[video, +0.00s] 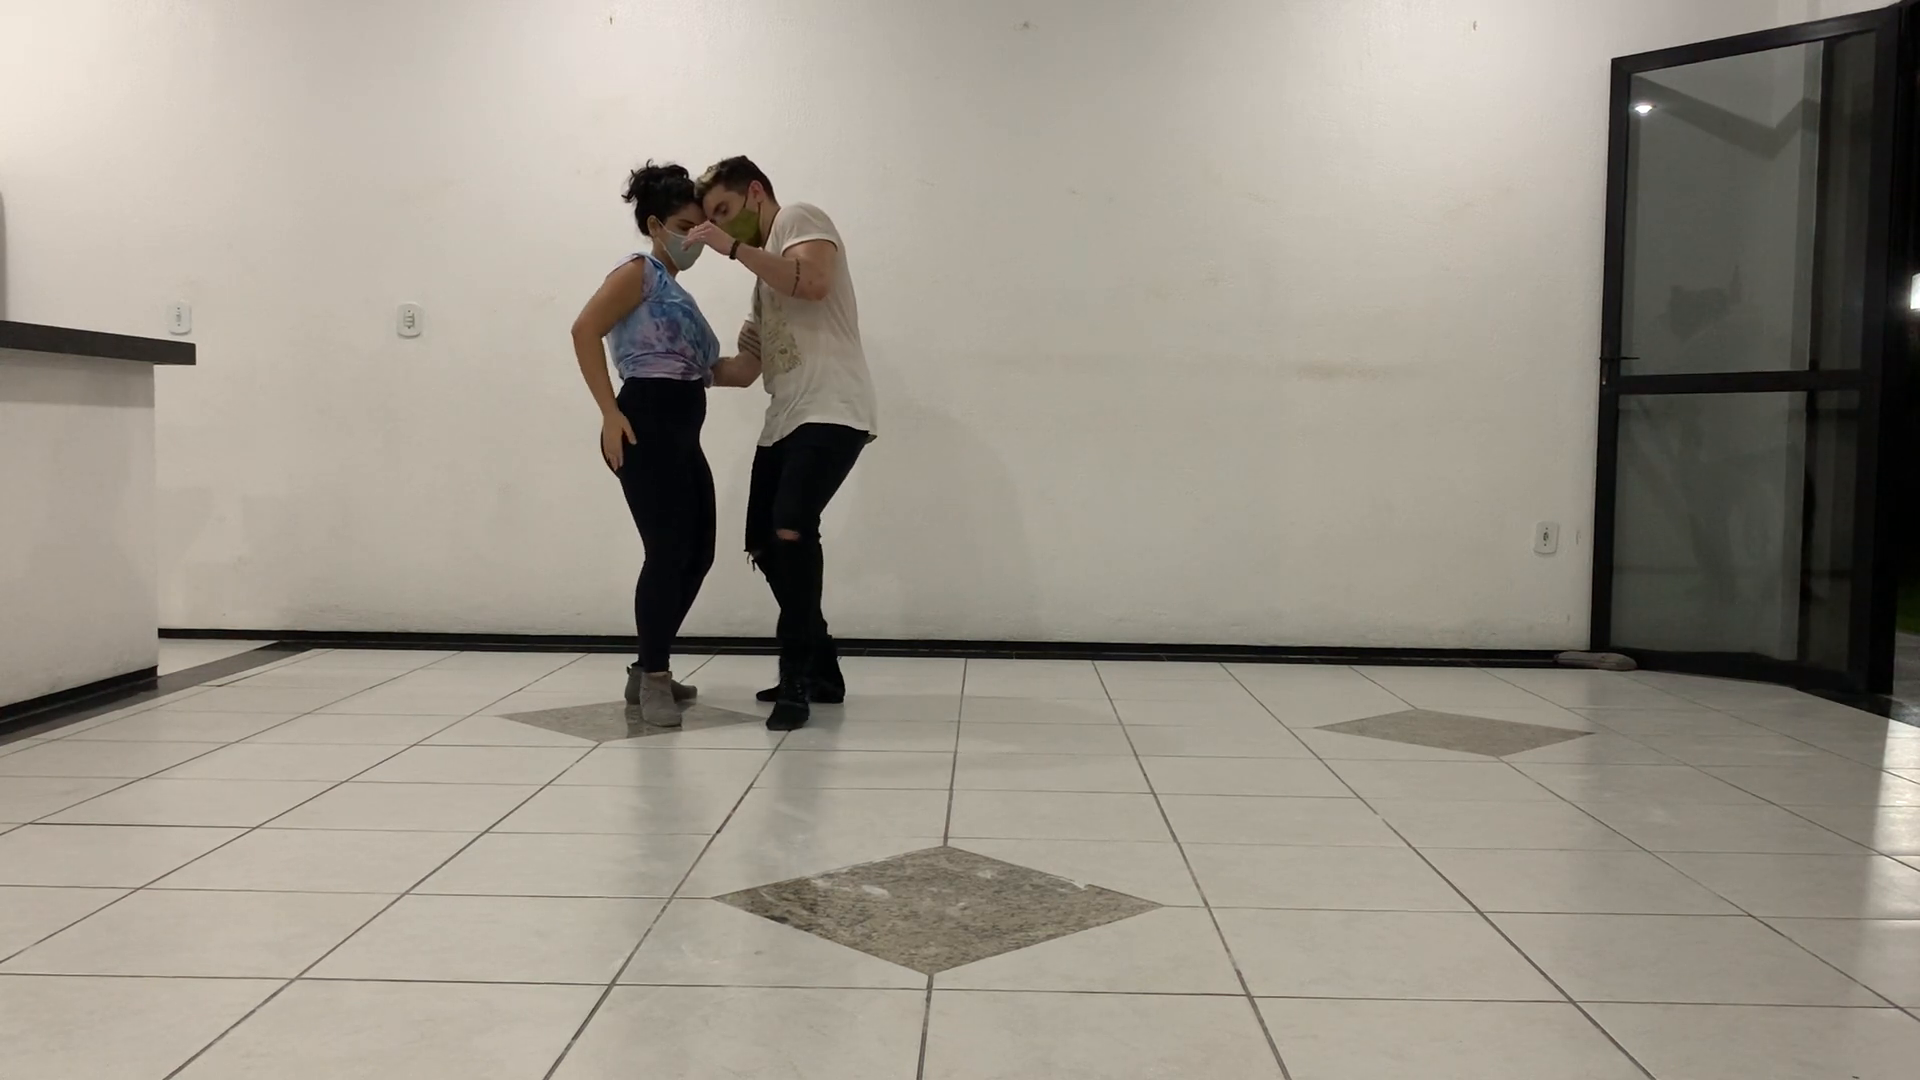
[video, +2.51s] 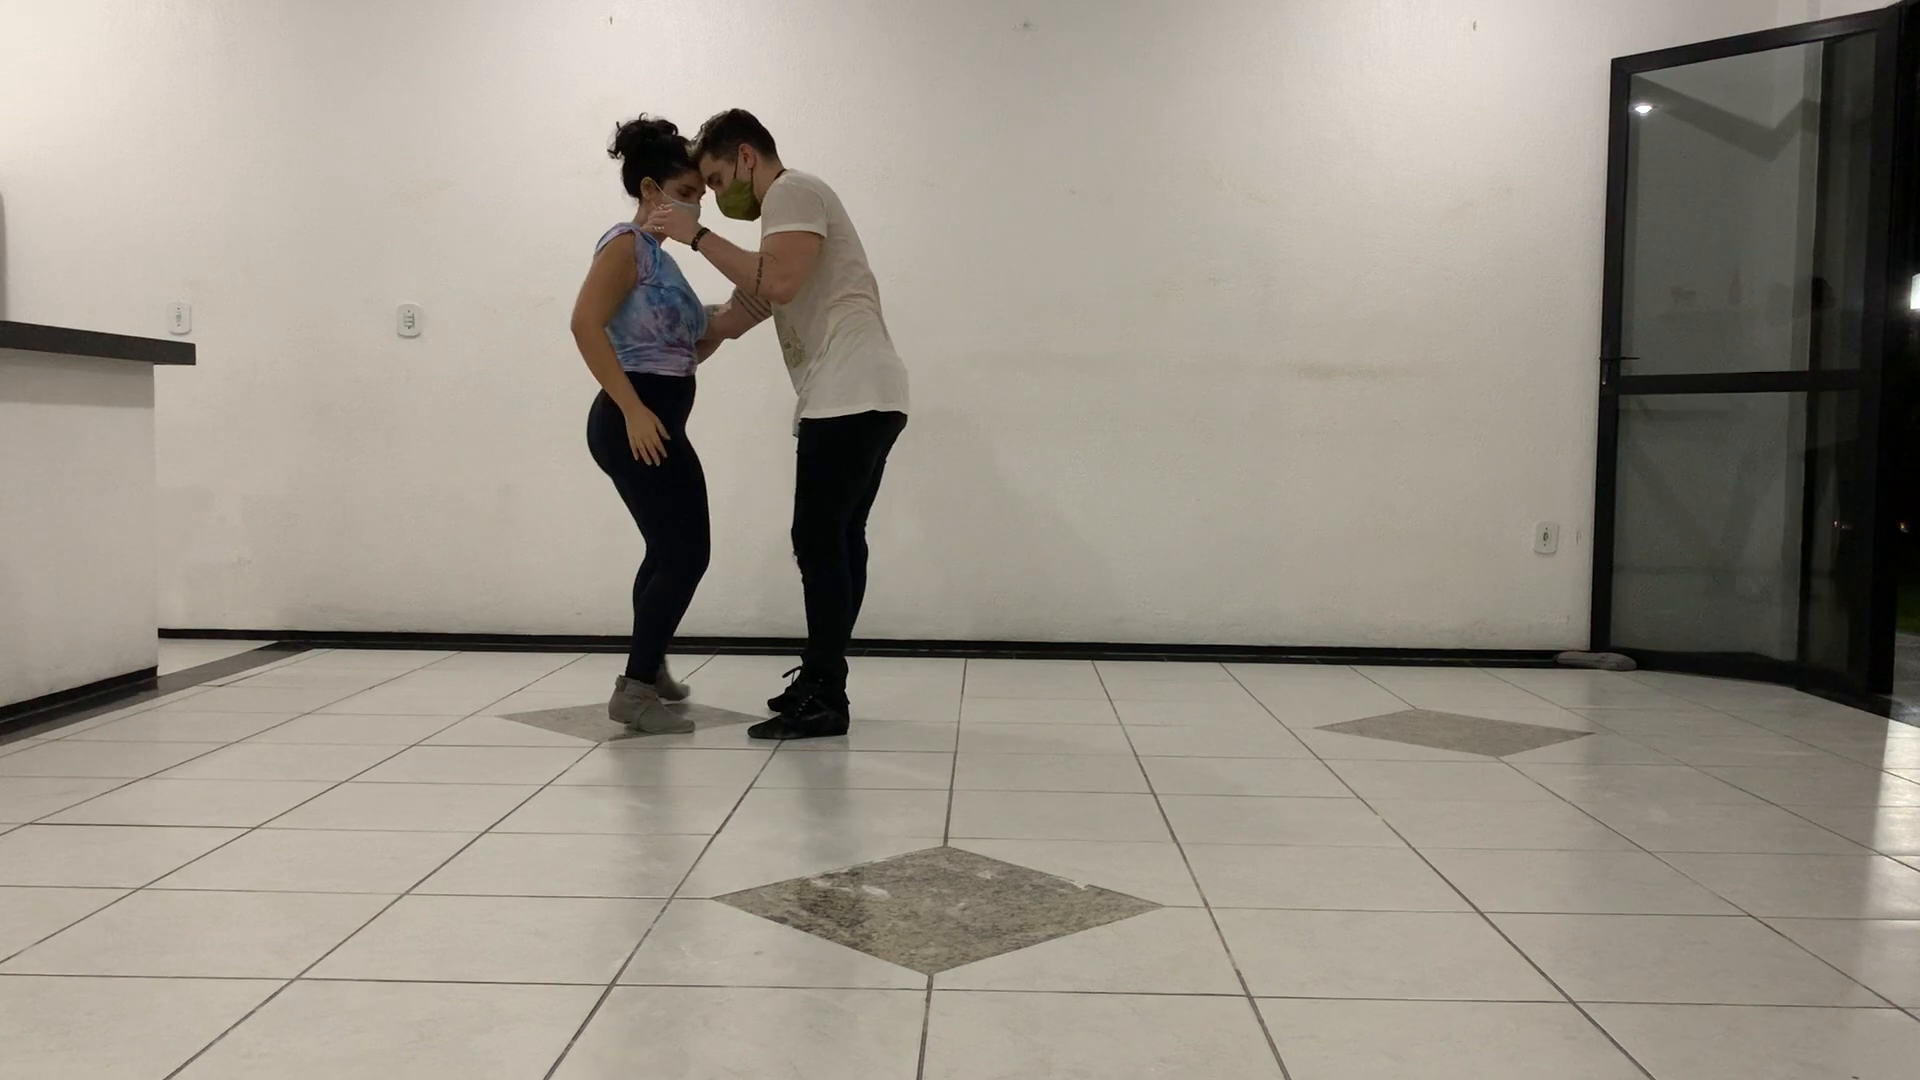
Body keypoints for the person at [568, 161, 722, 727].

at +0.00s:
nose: (696, 237)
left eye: (700, 225)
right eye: (685, 225)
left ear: (697, 227)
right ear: (654, 226)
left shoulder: (671, 289)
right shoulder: (638, 273)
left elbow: (701, 370)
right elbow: (584, 331)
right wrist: (610, 411)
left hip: (680, 428)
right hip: (648, 426)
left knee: (698, 551)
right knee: (669, 550)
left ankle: (652, 668)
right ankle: (651, 678)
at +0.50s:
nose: (695, 238)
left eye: (700, 227)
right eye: (683, 228)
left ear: (705, 229)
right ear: (655, 230)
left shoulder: (675, 298)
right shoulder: (645, 270)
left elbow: (733, 373)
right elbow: (577, 287)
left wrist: (757, 354)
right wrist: (624, 357)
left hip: (670, 427)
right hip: (643, 424)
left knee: (693, 551)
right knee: (656, 550)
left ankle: (649, 667)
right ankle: (627, 678)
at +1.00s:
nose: (700, 237)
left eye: (704, 226)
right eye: (691, 224)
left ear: (700, 230)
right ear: (658, 220)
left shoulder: (680, 296)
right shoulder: (638, 265)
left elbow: (720, 371)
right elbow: (580, 296)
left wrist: (758, 348)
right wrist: (631, 247)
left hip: (671, 426)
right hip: (641, 422)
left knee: (688, 552)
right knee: (669, 551)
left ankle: (652, 670)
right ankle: (645, 679)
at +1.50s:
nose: (702, 233)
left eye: (706, 223)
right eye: (692, 222)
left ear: (705, 226)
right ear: (665, 223)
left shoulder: (679, 287)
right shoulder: (640, 266)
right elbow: (617, 332)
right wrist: (620, 263)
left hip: (670, 426)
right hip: (643, 422)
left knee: (684, 549)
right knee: (672, 550)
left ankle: (652, 670)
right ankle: (648, 679)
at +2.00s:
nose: (712, 219)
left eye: (716, 206)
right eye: (698, 206)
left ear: (718, 203)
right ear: (666, 207)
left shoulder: (699, 274)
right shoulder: (646, 272)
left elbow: (705, 346)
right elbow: (622, 358)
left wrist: (748, 330)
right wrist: (606, 343)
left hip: (680, 423)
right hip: (645, 421)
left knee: (690, 544)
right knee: (675, 543)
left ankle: (652, 665)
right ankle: (654, 672)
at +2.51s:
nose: (698, 203)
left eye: (698, 192)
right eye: (689, 191)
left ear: (670, 194)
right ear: (653, 191)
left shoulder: (657, 257)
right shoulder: (625, 248)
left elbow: (688, 346)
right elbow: (585, 325)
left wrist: (741, 311)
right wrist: (633, 409)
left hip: (659, 413)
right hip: (636, 415)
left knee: (678, 548)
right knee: (681, 548)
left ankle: (648, 668)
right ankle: (636, 685)